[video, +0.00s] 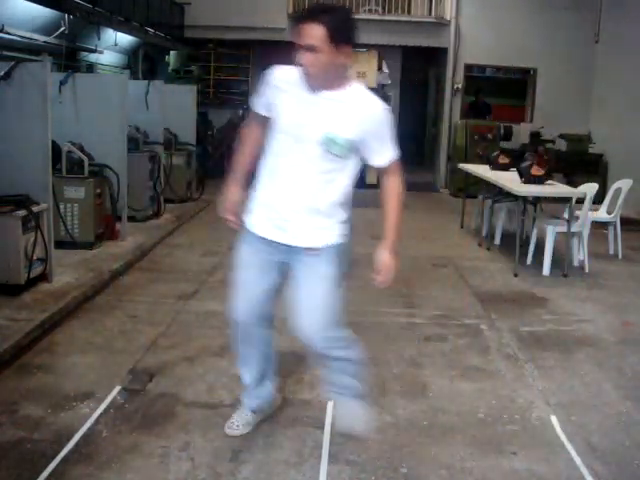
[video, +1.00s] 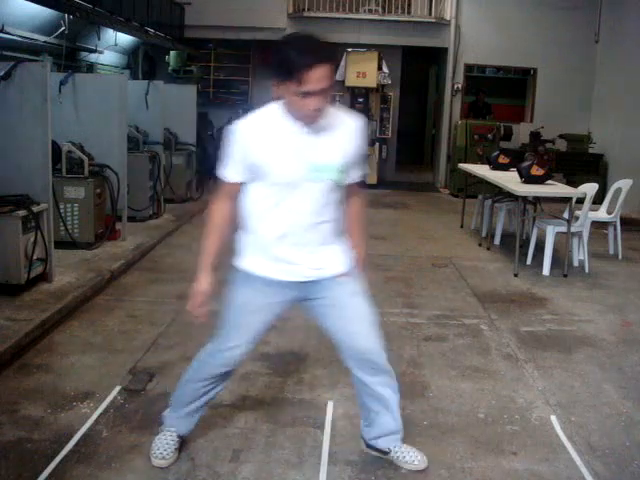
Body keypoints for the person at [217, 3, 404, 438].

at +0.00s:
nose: (302, 58)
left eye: (312, 50)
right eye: (299, 48)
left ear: (343, 54)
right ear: (295, 46)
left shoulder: (369, 112)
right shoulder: (279, 80)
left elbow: (392, 175)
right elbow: (255, 125)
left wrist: (388, 244)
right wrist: (235, 182)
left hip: (319, 241)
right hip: (261, 230)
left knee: (314, 326)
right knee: (245, 315)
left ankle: (349, 393)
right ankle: (257, 396)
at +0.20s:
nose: (211, 79)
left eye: (222, 70)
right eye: (209, 69)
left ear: (254, 75)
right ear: (206, 71)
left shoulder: (283, 131)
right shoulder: (199, 109)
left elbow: (323, 193)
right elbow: (185, 159)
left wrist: (314, 265)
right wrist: (150, 205)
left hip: (236, 267)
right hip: (182, 251)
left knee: (212, 356)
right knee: (141, 323)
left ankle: (195, 416)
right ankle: (100, 387)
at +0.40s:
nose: (151, 125)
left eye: (163, 116)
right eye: (146, 114)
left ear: (188, 116)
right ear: (139, 111)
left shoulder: (212, 169)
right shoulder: (123, 143)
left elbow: (221, 239)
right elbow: (109, 196)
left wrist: (216, 312)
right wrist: (90, 258)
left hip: (178, 275)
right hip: (119, 267)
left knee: (183, 355)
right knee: (76, 341)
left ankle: (196, 417)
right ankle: (50, 403)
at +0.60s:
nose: (186, 99)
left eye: (195, 88)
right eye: (177, 89)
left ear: (212, 82)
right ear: (163, 83)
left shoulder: (239, 129)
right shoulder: (142, 116)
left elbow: (254, 188)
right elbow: (121, 167)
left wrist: (239, 255)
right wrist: (96, 226)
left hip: (202, 266)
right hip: (140, 256)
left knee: (192, 355)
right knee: (103, 325)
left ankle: (172, 418)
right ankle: (55, 396)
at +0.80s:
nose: (242, 87)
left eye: (250, 77)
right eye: (232, 77)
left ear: (260, 65)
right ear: (206, 66)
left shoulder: (280, 109)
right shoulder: (176, 101)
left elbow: (295, 166)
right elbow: (151, 158)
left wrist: (297, 232)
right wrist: (145, 224)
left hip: (257, 245)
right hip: (195, 238)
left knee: (257, 336)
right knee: (175, 331)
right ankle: (171, 417)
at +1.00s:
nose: (317, 103)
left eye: (325, 92)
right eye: (306, 94)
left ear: (334, 84)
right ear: (279, 89)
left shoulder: (350, 128)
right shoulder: (247, 133)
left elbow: (354, 194)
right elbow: (223, 202)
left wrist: (357, 259)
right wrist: (205, 272)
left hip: (331, 271)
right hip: (261, 273)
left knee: (370, 354)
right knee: (226, 354)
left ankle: (384, 437)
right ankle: (174, 425)